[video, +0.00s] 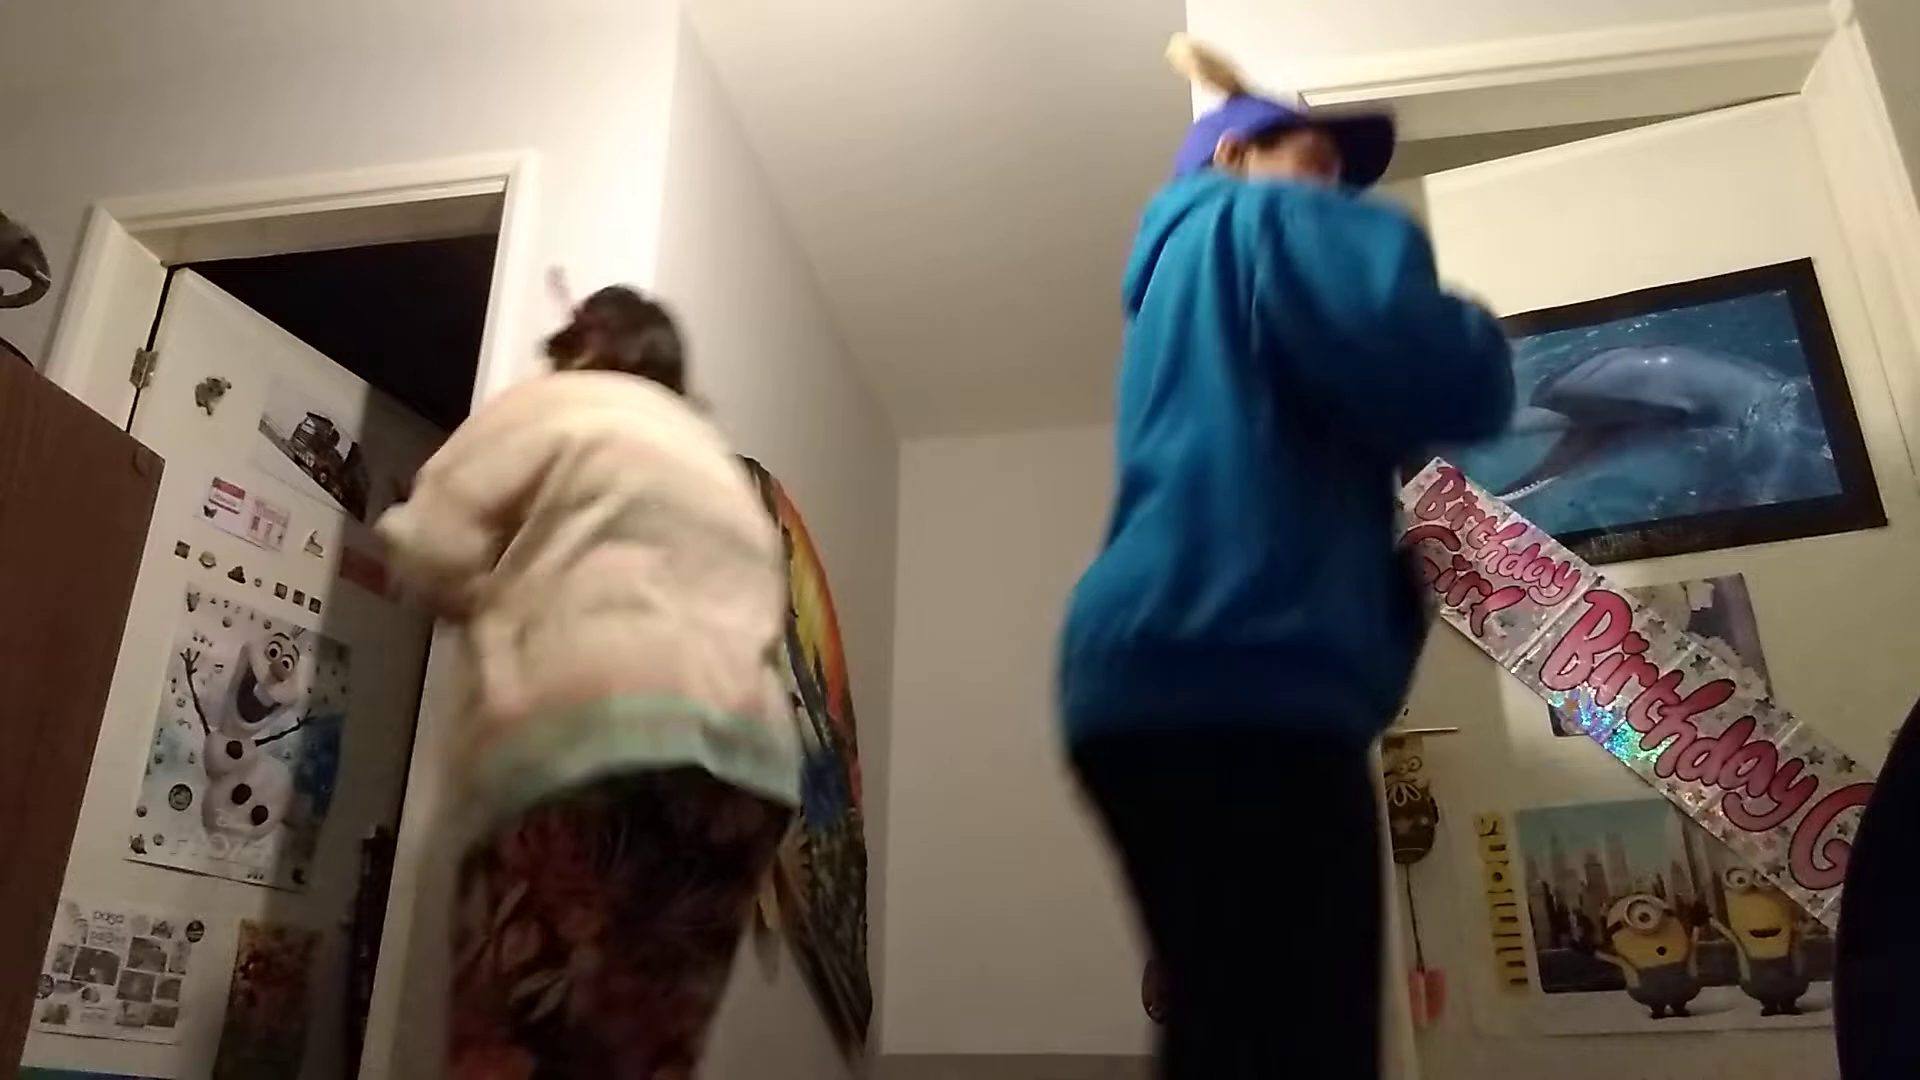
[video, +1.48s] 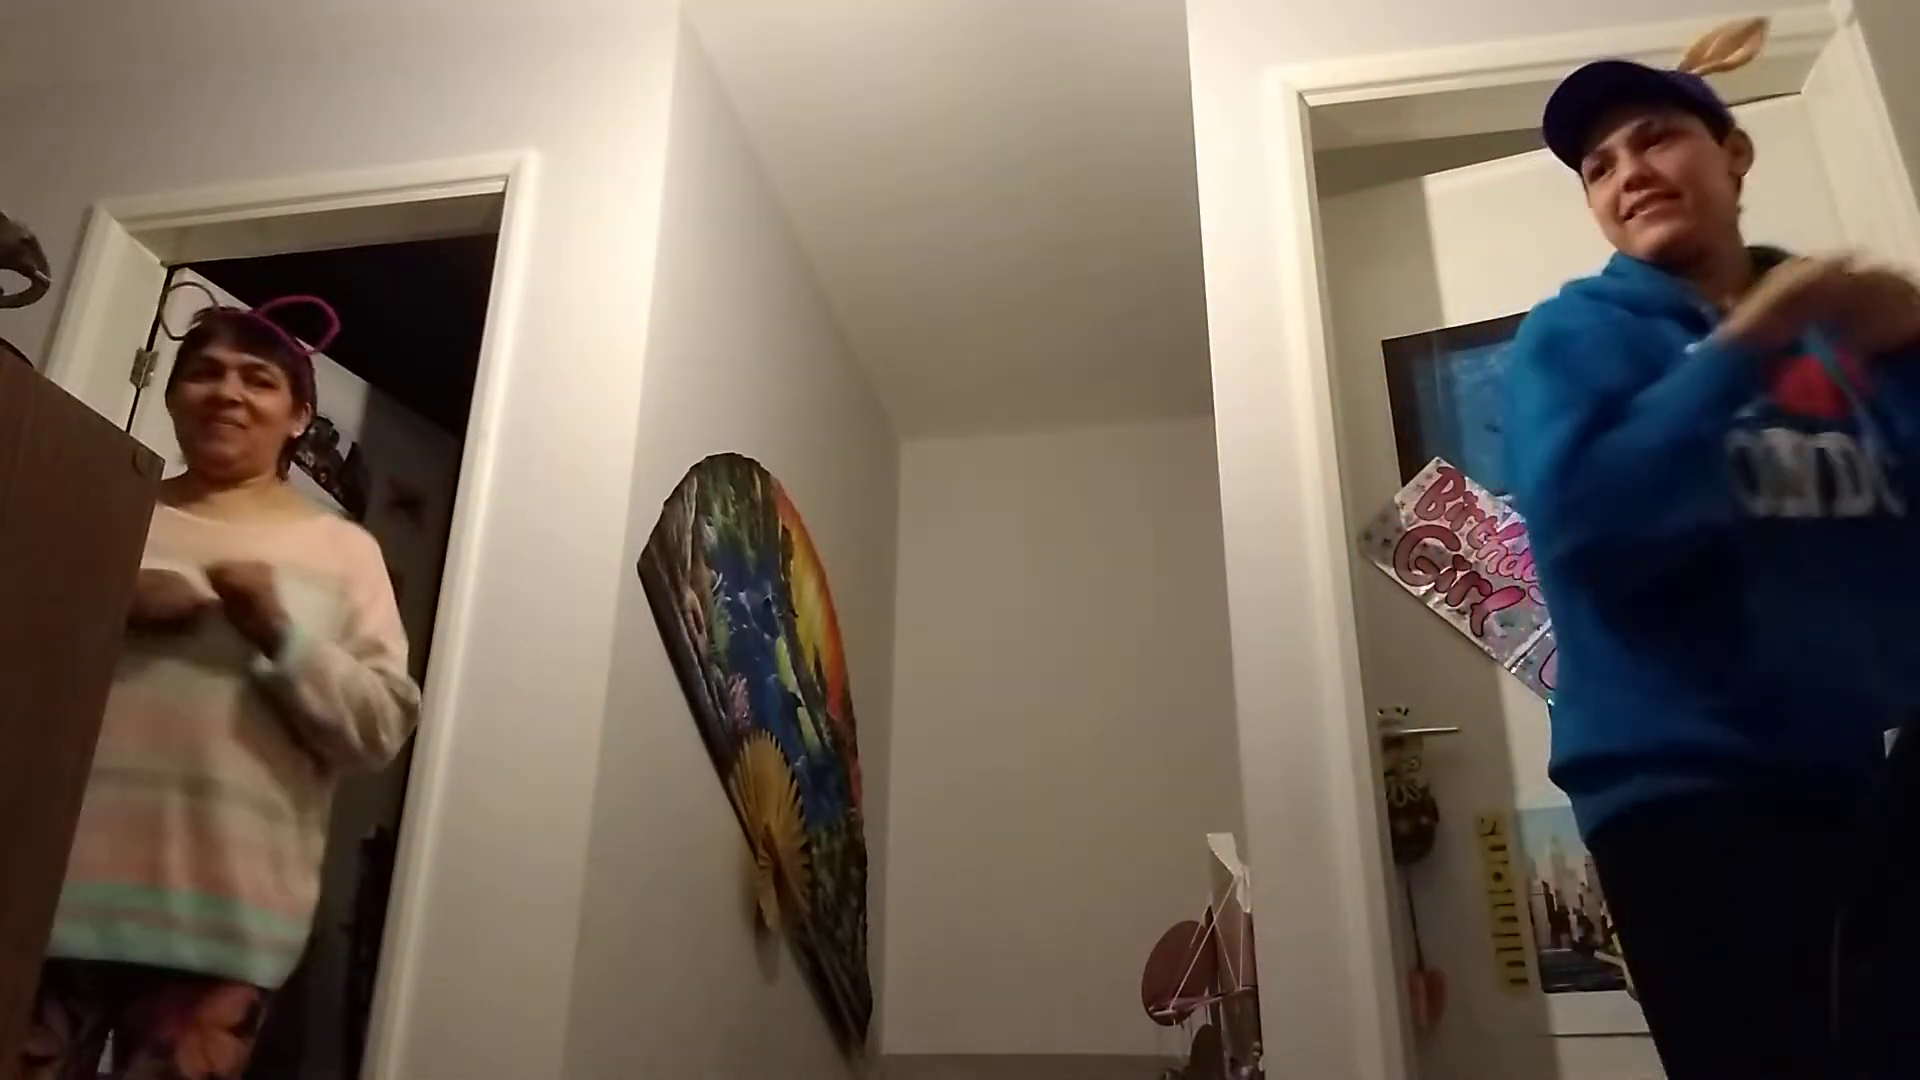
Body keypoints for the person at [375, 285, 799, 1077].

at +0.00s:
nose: (557, 358)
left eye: (566, 347)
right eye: (563, 348)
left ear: (591, 341)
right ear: (672, 365)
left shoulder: (552, 399)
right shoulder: (722, 459)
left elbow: (429, 549)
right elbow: (764, 619)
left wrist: (488, 594)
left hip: (578, 754)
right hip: (751, 775)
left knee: (515, 1032)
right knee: (660, 1046)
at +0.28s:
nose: (454, 412)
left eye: (464, 397)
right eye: (462, 398)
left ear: (485, 401)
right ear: (576, 432)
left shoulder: (455, 468)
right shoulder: (605, 527)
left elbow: (345, 626)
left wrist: (362, 718)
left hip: (445, 854)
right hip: (591, 860)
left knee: (425, 1057)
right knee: (529, 1058)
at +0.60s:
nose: (319, 385)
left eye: (335, 360)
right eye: (327, 361)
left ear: (368, 364)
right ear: (449, 392)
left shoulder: (336, 459)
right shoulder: (466, 502)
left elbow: (213, 622)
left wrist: (229, 717)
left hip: (304, 851)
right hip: (436, 856)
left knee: (202, 1060)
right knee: (309, 1060)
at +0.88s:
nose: (231, 388)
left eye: (253, 368)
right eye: (240, 370)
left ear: (325, 383)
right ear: (331, 390)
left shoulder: (326, 473)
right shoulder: (375, 484)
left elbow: (233, 637)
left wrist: (134, 588)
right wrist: (171, 573)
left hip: (249, 900)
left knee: (180, 1061)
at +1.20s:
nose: (199, 381)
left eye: (232, 368)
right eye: (192, 365)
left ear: (304, 408)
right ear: (179, 388)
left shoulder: (333, 509)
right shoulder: (160, 539)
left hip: (227, 945)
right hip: (91, 926)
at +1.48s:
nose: (227, 392)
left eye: (257, 378)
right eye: (205, 372)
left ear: (297, 418)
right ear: (174, 397)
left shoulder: (345, 550)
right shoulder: (115, 514)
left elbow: (379, 728)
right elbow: (22, 617)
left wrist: (282, 634)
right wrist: (117, 596)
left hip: (228, 923)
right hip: (66, 893)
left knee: (184, 1065)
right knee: (34, 1061)